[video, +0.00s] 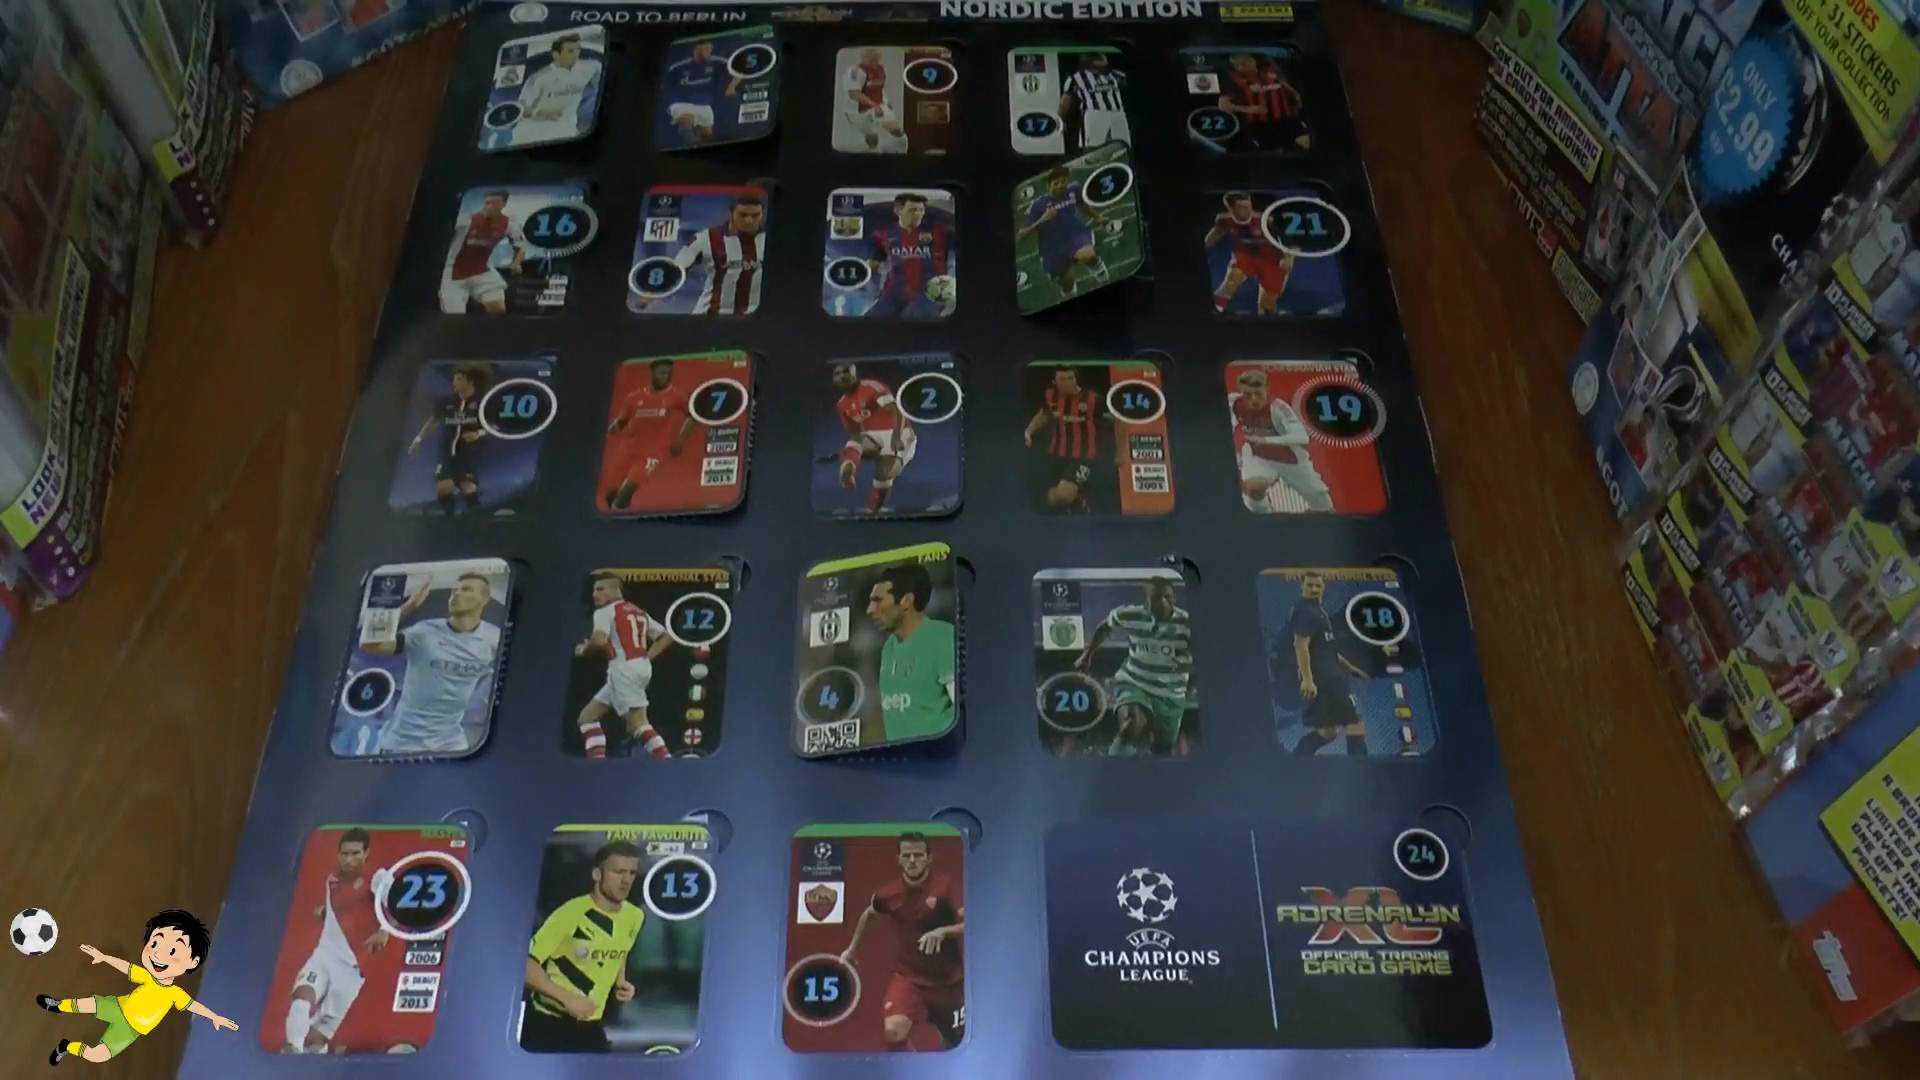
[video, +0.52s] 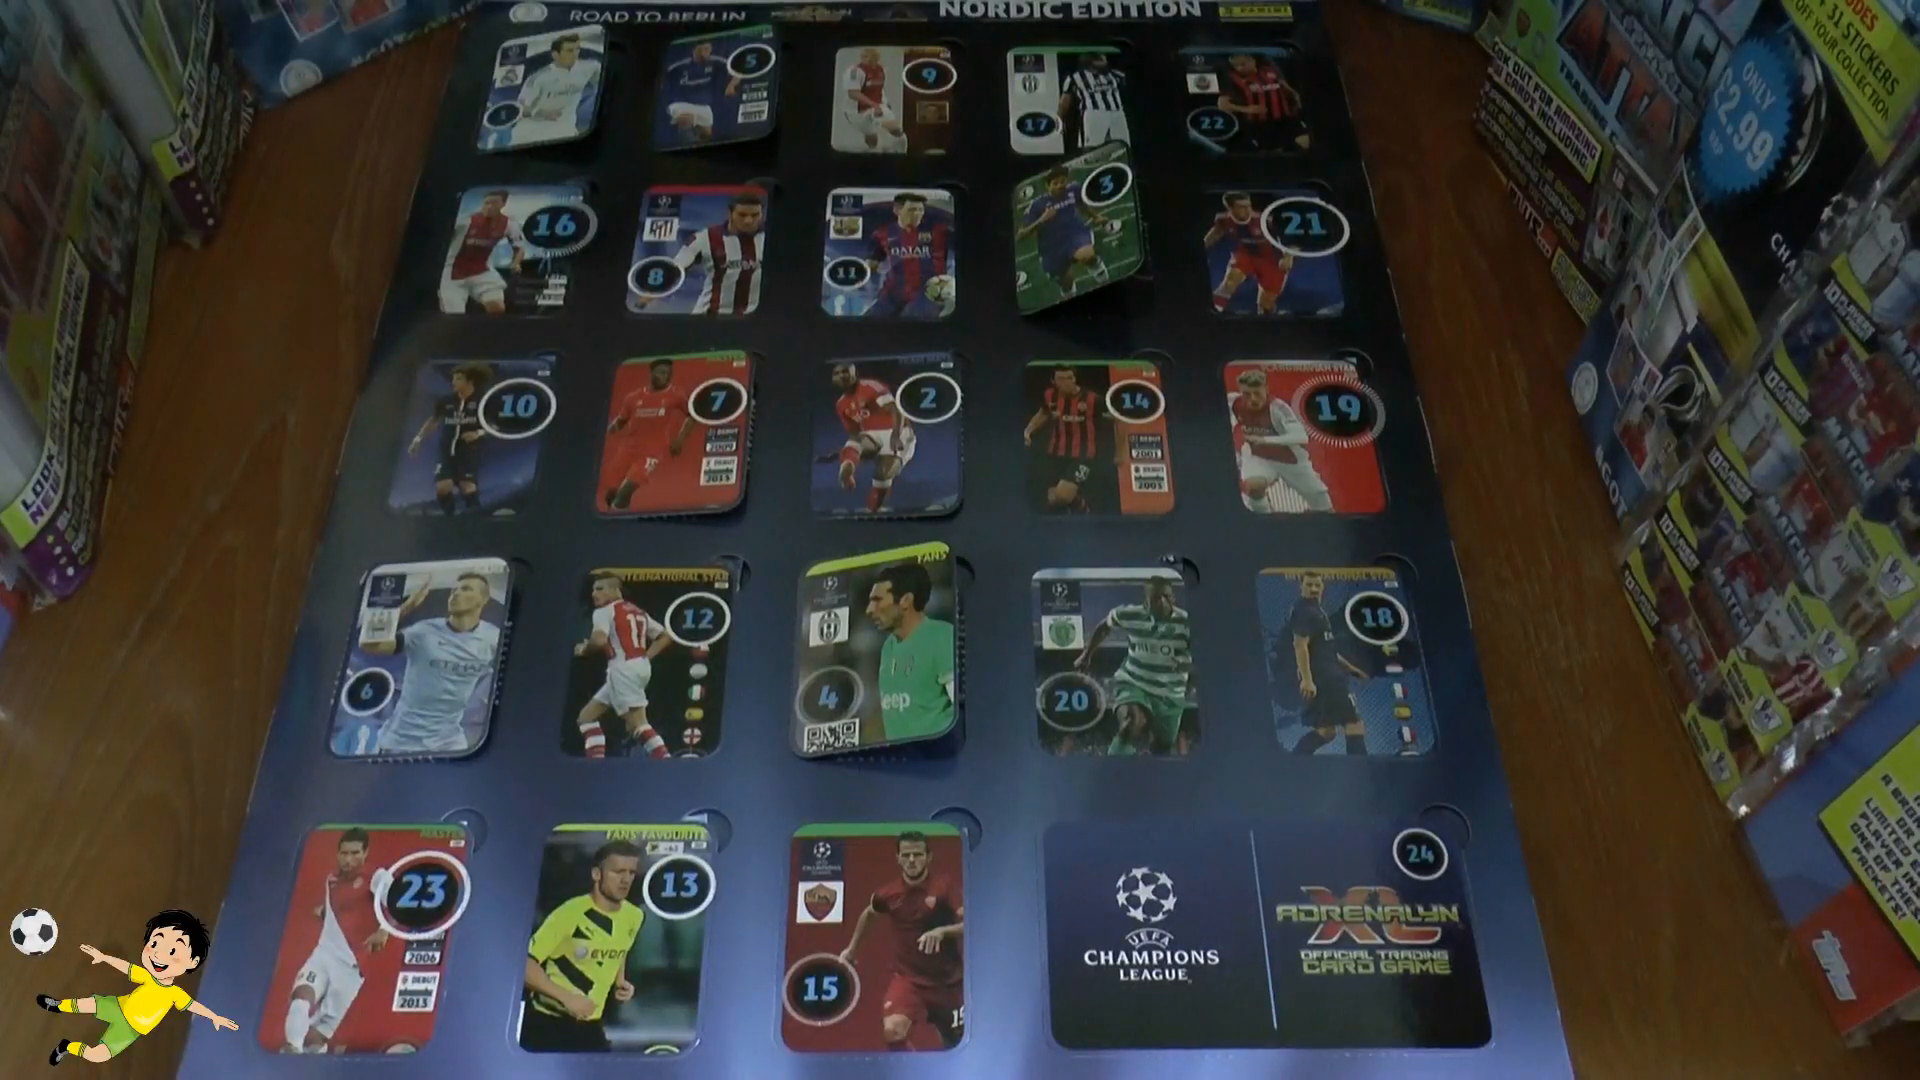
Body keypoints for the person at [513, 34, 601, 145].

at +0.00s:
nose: (575, 55)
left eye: (577, 50)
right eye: (570, 51)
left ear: (580, 51)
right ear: (555, 55)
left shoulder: (588, 69)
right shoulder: (538, 78)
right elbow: (521, 110)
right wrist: (543, 114)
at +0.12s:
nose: (575, 55)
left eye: (578, 50)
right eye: (570, 51)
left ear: (580, 50)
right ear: (555, 55)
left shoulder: (587, 70)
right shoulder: (538, 79)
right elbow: (521, 110)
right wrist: (543, 114)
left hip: (567, 134)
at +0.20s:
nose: (575, 55)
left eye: (578, 50)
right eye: (570, 51)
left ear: (580, 50)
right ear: (555, 55)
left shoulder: (588, 69)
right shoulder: (538, 79)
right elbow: (521, 110)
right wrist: (542, 114)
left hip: (567, 134)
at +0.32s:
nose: (575, 54)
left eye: (577, 50)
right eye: (570, 51)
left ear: (580, 50)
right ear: (555, 55)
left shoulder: (588, 69)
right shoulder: (538, 79)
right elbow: (521, 109)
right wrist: (542, 114)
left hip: (566, 133)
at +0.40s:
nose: (575, 55)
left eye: (577, 50)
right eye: (569, 51)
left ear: (580, 50)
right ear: (555, 54)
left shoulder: (587, 69)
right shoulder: (537, 79)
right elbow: (521, 109)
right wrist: (542, 113)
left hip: (566, 133)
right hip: (533, 136)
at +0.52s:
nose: (575, 55)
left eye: (577, 50)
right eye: (569, 51)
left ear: (580, 50)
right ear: (555, 54)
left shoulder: (587, 69)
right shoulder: (537, 79)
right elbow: (521, 109)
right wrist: (543, 113)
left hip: (566, 133)